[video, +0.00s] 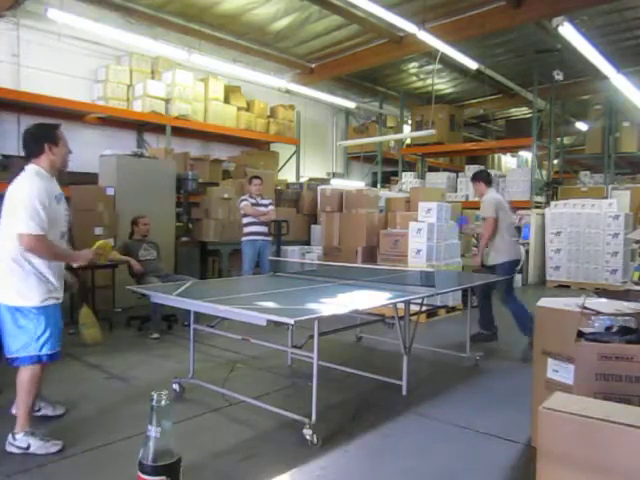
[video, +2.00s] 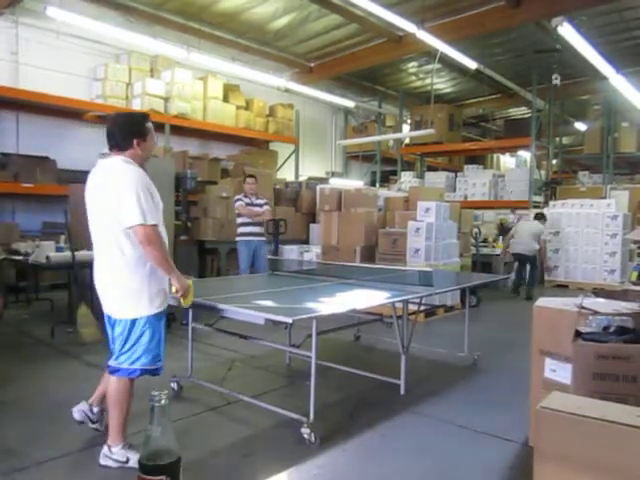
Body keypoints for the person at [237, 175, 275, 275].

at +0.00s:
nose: (258, 187)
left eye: (260, 185)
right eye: (255, 185)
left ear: (262, 186)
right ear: (249, 187)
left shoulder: (268, 201)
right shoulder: (244, 199)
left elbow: (272, 215)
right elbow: (248, 211)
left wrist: (258, 216)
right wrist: (265, 212)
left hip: (265, 238)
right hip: (249, 238)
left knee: (266, 269)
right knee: (248, 270)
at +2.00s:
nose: (251, 186)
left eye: (253, 183)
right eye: (248, 183)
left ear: (256, 185)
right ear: (244, 185)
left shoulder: (262, 200)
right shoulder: (239, 198)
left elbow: (268, 216)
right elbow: (243, 211)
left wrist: (252, 217)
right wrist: (261, 212)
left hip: (260, 238)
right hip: (244, 238)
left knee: (262, 269)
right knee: (244, 270)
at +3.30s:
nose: (263, 188)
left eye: (265, 185)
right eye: (260, 185)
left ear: (269, 186)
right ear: (257, 187)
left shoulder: (275, 200)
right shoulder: (252, 199)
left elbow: (280, 214)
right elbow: (257, 213)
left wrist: (268, 218)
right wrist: (273, 214)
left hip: (271, 238)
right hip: (255, 238)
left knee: (268, 268)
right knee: (251, 268)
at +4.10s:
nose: (252, 187)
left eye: (255, 185)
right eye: (250, 185)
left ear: (258, 186)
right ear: (246, 186)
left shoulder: (264, 202)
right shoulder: (240, 199)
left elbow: (269, 216)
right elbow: (246, 212)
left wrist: (254, 217)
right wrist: (262, 214)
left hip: (261, 239)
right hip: (245, 239)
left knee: (263, 269)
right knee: (247, 270)